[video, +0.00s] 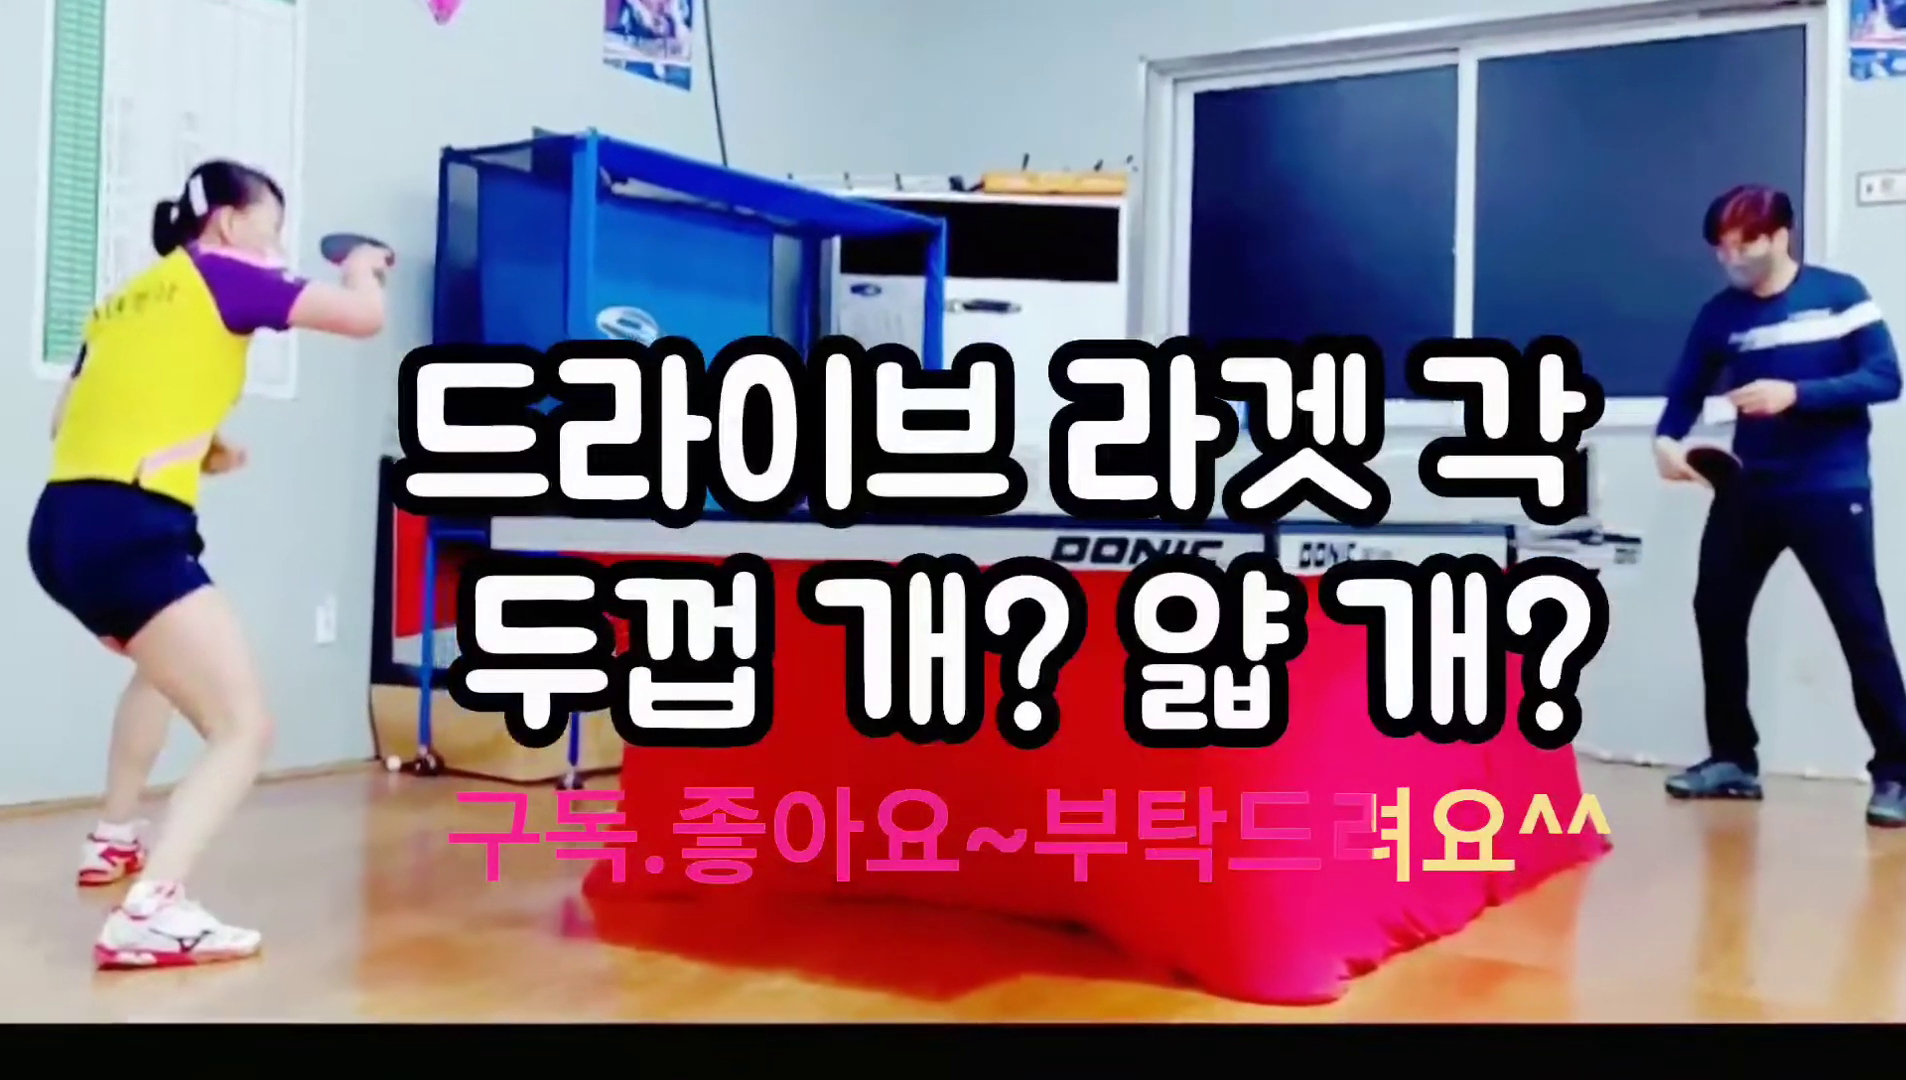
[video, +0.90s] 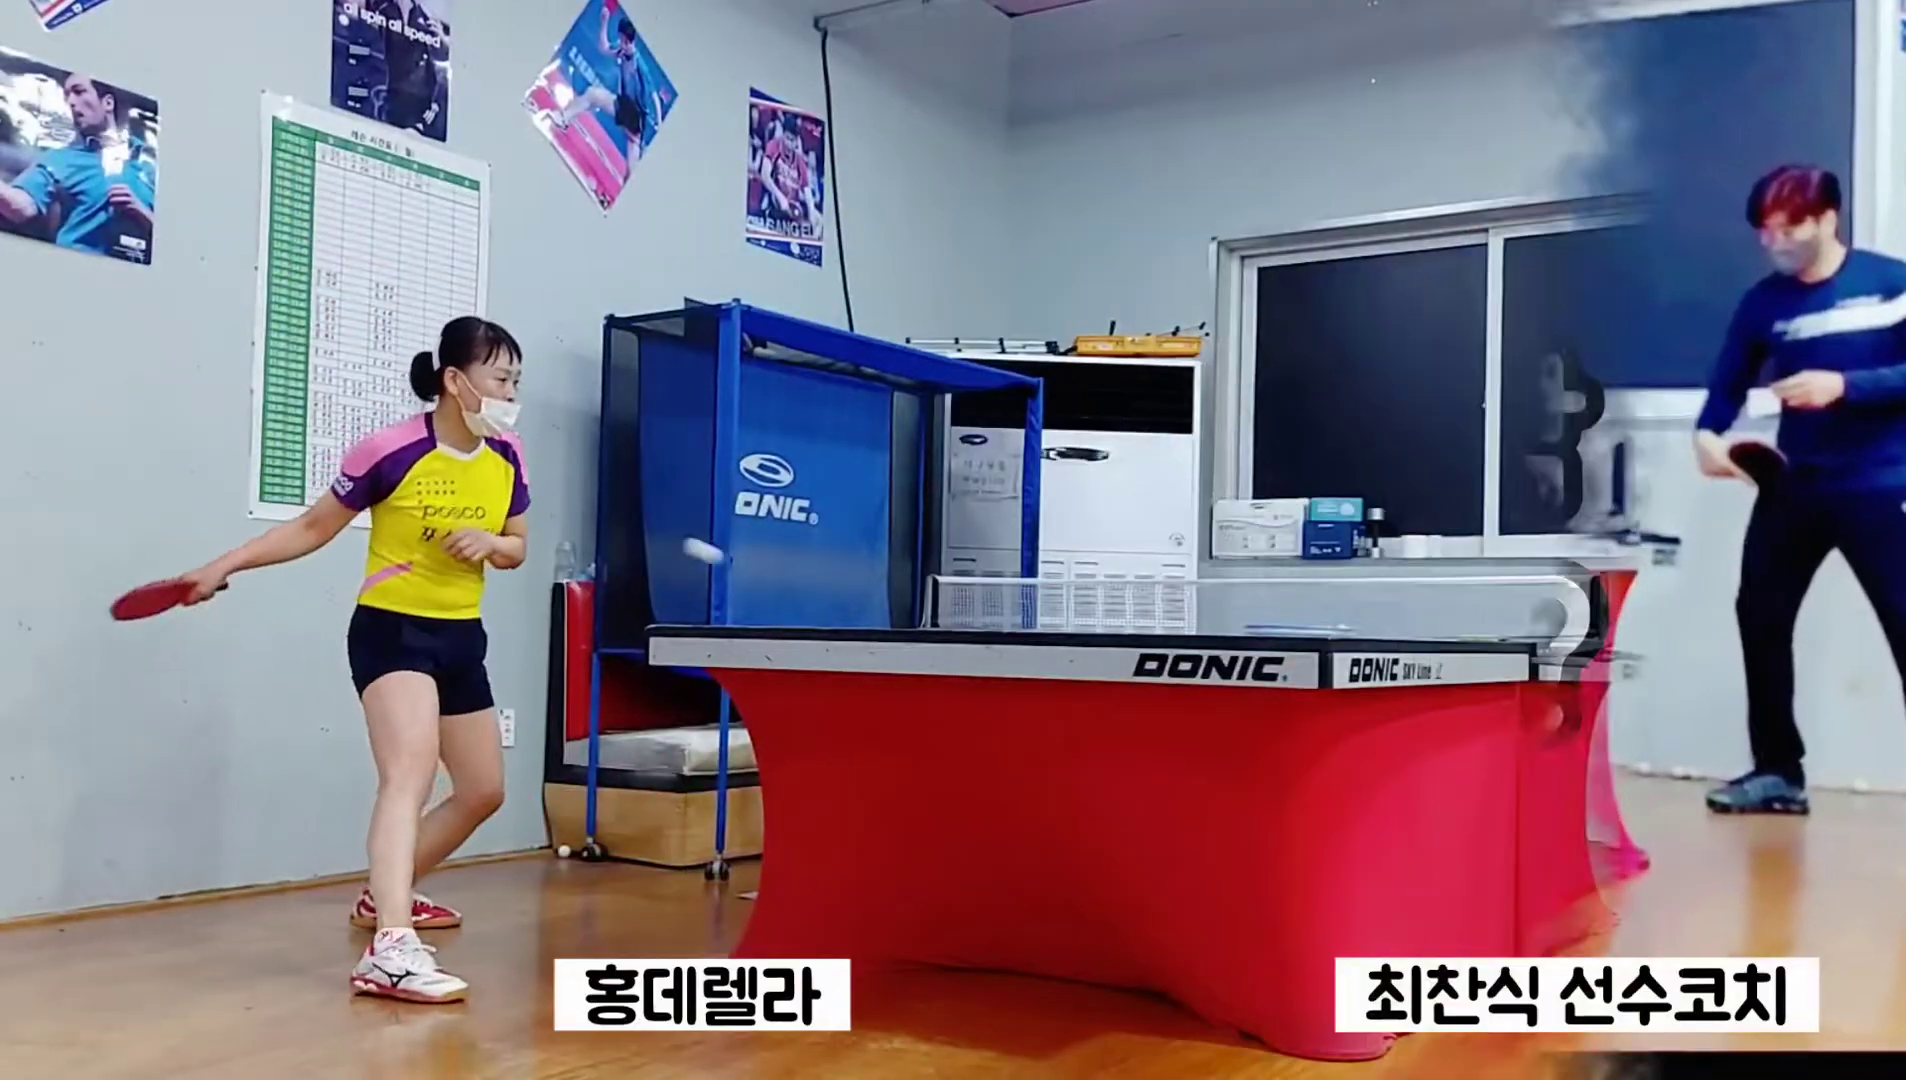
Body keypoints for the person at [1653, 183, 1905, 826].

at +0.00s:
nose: (1731, 255)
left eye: (1743, 241)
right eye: (1724, 244)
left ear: (1780, 237)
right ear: (1718, 248)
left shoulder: (1840, 295)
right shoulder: (1722, 313)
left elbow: (1884, 377)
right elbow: (1688, 389)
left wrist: (1795, 393)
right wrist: (1666, 440)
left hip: (1830, 498)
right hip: (1747, 497)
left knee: (1863, 632)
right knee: (1716, 613)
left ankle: (1893, 775)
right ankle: (1732, 760)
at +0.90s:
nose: (1773, 240)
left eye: (1787, 226)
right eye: (1765, 228)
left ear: (1827, 221)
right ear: (1759, 231)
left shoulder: (1893, 283)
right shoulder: (1764, 304)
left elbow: (1905, 373)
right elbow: (1729, 384)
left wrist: (1844, 383)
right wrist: (1708, 435)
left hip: (1880, 496)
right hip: (1793, 495)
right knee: (1761, 615)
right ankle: (1778, 772)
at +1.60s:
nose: (1719, 399)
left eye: (1729, 388)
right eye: (1711, 391)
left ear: (1760, 387)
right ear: (1703, 396)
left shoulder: (1813, 438)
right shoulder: (1701, 457)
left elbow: (1849, 512)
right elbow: (1667, 509)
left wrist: (1791, 535)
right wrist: (1637, 529)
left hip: (1805, 615)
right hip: (1728, 616)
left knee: (1834, 736)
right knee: (1708, 724)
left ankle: (1862, 862)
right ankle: (1725, 848)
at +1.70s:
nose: (1722, 392)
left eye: (1733, 381)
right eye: (1715, 385)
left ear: (1765, 381)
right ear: (1709, 392)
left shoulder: (1819, 436)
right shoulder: (1702, 454)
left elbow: (1855, 510)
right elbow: (1661, 506)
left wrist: (1795, 535)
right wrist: (1626, 515)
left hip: (1808, 616)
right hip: (1731, 616)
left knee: (1837, 737)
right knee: (1714, 728)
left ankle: (1862, 862)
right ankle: (1725, 849)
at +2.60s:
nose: (1721, 400)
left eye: (1732, 389)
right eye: (1713, 392)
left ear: (1763, 387)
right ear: (1707, 397)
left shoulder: (1818, 438)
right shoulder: (1706, 457)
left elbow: (1859, 510)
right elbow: (1666, 516)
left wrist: (1790, 533)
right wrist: (1631, 529)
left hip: (1811, 616)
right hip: (1735, 616)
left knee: (1837, 738)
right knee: (1716, 727)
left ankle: (1863, 863)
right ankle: (1726, 849)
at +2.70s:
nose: (1723, 397)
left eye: (1733, 386)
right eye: (1715, 389)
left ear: (1765, 385)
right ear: (1709, 395)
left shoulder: (1820, 438)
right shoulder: (1705, 455)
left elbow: (1859, 511)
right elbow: (1660, 521)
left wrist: (1787, 534)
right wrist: (1630, 523)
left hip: (1810, 615)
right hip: (1734, 616)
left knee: (1837, 738)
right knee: (1716, 727)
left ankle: (1862, 863)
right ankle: (1726, 849)